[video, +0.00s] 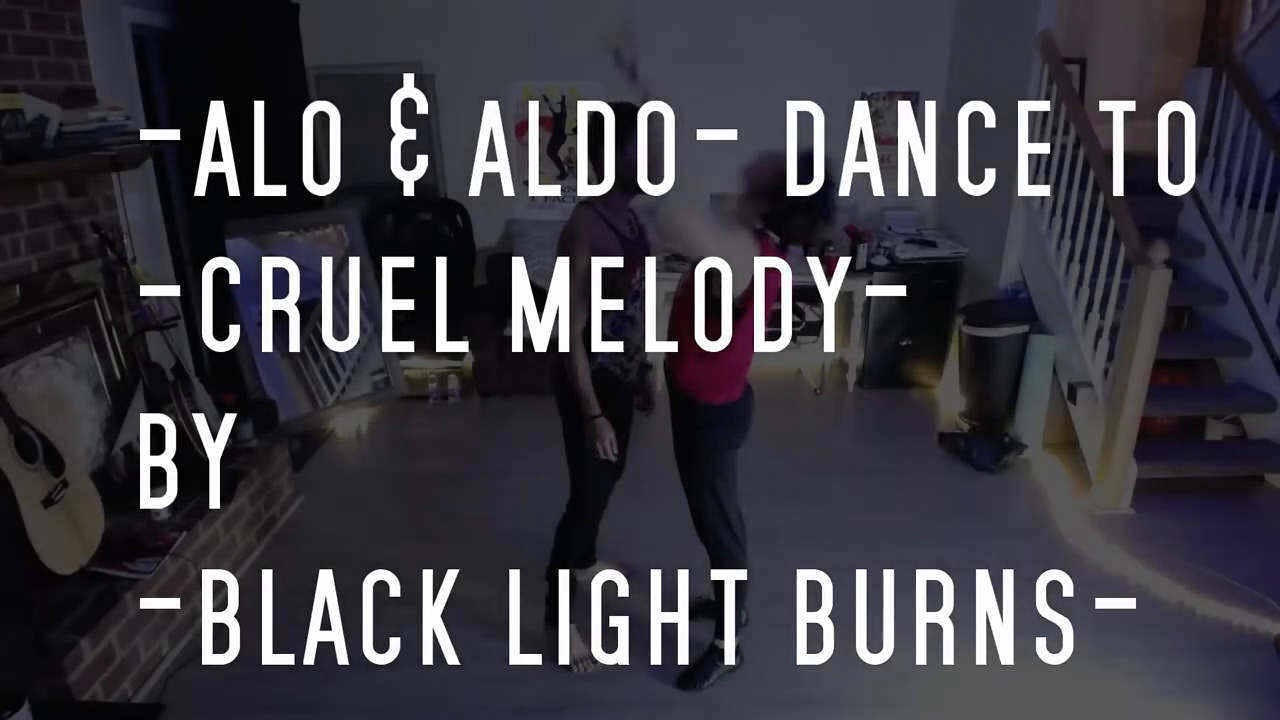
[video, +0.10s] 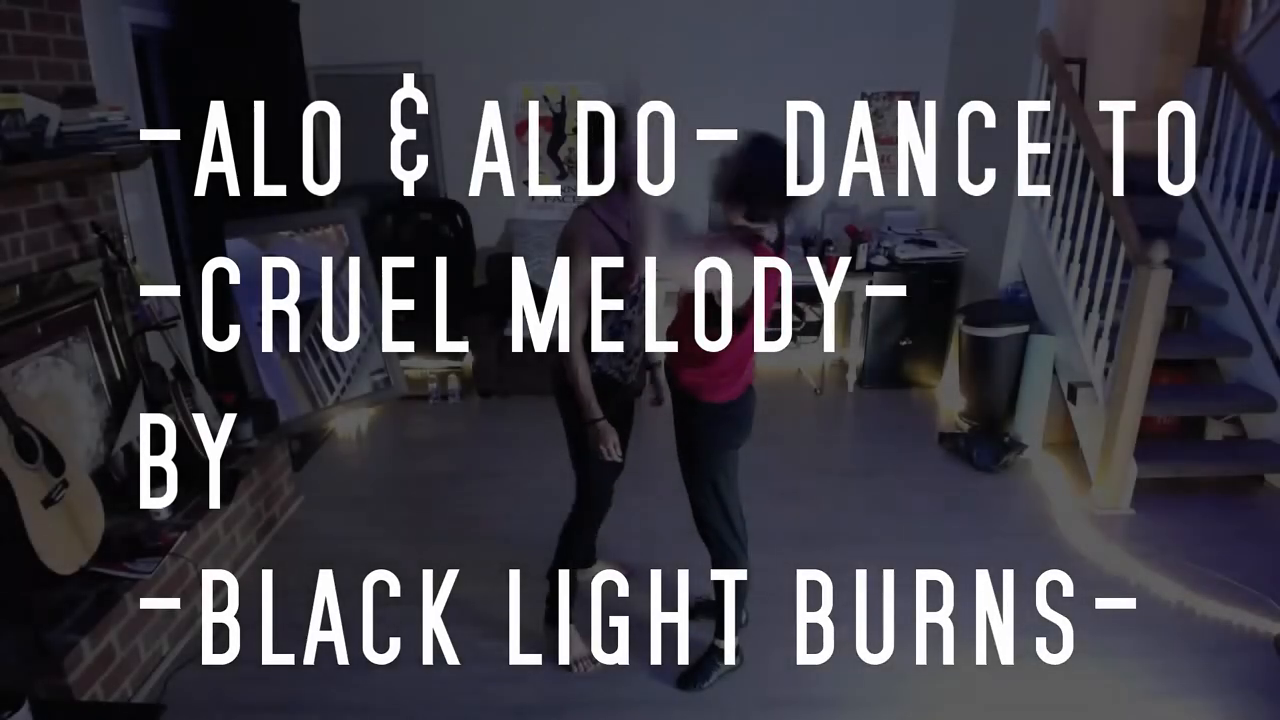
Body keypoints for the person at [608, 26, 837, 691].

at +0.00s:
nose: (748, 175)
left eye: (759, 177)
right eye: (756, 171)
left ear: (765, 202)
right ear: (771, 203)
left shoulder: (738, 253)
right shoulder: (750, 240)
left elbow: (668, 219)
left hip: (709, 405)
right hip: (712, 397)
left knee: (716, 520)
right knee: (716, 513)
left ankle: (729, 642)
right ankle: (729, 623)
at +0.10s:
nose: (715, 191)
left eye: (723, 184)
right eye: (720, 184)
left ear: (733, 191)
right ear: (770, 197)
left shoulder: (723, 258)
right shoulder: (762, 254)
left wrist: (649, 219)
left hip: (709, 405)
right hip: (723, 397)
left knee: (716, 518)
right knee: (719, 508)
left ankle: (727, 641)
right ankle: (731, 604)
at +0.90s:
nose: (656, 160)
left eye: (668, 152)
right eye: (661, 148)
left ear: (693, 166)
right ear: (710, 169)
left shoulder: (697, 246)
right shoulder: (719, 218)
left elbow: (726, 344)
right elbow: (685, 296)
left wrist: (686, 412)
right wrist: (638, 262)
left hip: (711, 409)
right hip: (720, 396)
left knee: (715, 523)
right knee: (720, 508)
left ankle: (728, 644)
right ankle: (730, 598)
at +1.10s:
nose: (670, 160)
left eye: (682, 152)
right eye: (674, 149)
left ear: (710, 165)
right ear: (708, 165)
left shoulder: (712, 253)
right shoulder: (699, 235)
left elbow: (743, 360)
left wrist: (711, 442)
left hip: (704, 415)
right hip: (691, 407)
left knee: (710, 527)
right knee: (709, 514)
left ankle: (727, 645)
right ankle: (723, 599)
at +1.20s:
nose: (675, 166)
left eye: (685, 157)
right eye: (680, 155)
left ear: (717, 171)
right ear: (717, 172)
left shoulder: (729, 254)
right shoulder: (706, 241)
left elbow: (754, 360)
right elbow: (694, 324)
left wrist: (707, 435)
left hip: (700, 417)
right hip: (682, 409)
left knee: (708, 531)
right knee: (702, 516)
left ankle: (726, 644)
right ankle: (721, 594)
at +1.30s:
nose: (677, 167)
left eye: (687, 159)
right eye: (681, 157)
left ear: (721, 172)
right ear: (719, 173)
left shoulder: (736, 250)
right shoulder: (706, 240)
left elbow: (756, 358)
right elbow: (683, 318)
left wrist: (697, 419)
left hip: (706, 416)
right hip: (681, 409)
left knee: (703, 528)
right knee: (696, 513)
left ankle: (725, 643)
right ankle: (717, 583)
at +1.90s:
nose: (703, 197)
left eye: (719, 187)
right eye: (695, 181)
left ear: (738, 190)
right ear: (679, 177)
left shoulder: (744, 235)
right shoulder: (674, 253)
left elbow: (793, 309)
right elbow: (661, 319)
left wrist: (786, 365)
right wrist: (613, 298)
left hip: (735, 422)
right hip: (686, 415)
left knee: (696, 553)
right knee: (684, 514)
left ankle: (725, 648)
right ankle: (691, 583)